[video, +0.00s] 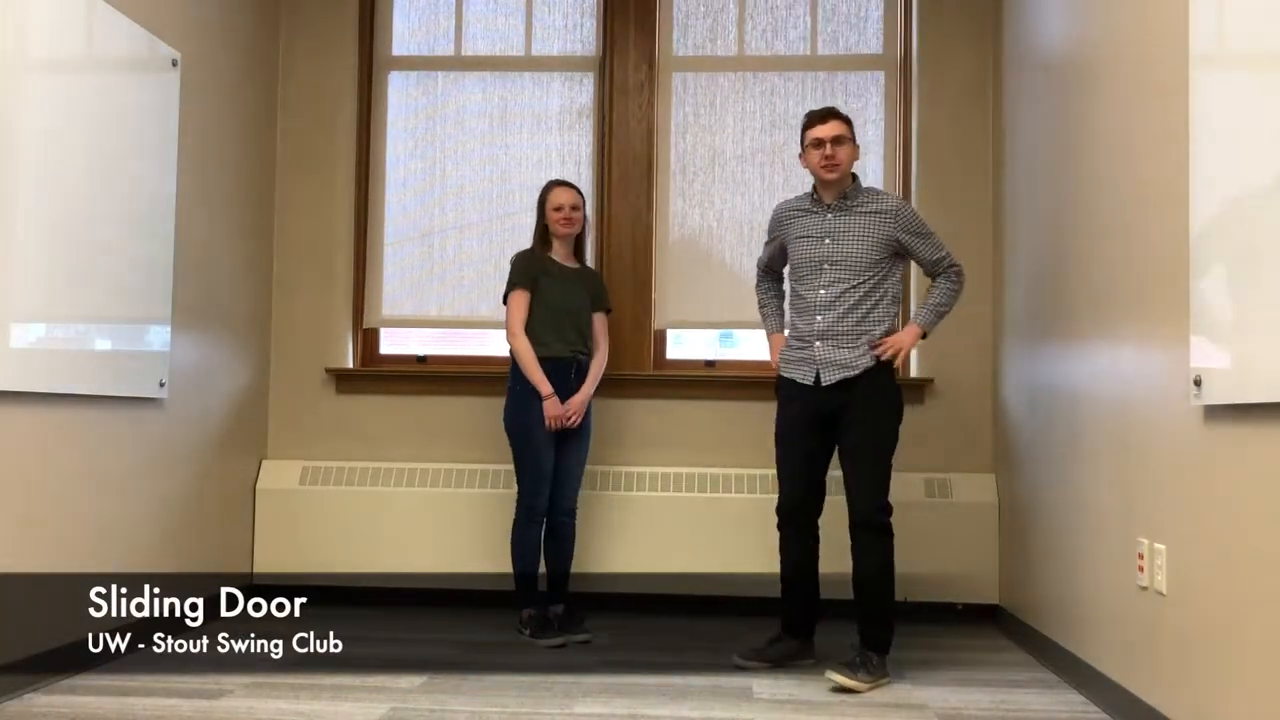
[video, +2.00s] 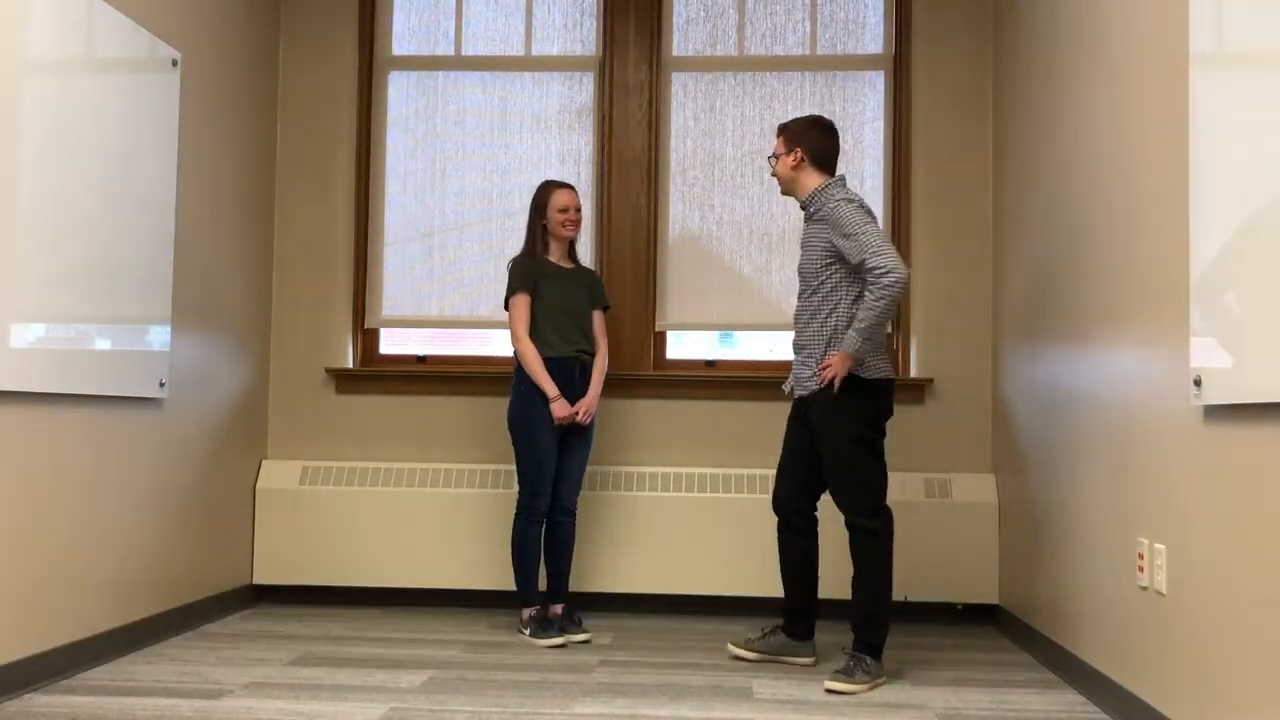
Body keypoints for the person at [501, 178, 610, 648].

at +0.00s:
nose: (567, 215)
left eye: (574, 208)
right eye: (558, 209)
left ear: (584, 216)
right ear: (543, 216)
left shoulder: (591, 278)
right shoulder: (527, 263)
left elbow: (601, 348)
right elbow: (515, 332)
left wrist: (584, 395)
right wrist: (547, 393)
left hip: (576, 391)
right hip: (532, 388)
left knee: (564, 504)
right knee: (535, 501)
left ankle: (559, 609)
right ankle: (530, 612)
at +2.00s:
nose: (572, 217)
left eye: (575, 210)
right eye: (563, 211)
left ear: (580, 216)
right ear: (542, 216)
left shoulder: (590, 278)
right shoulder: (526, 267)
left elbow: (601, 348)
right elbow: (520, 339)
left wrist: (593, 395)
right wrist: (553, 394)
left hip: (580, 395)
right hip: (536, 392)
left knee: (565, 504)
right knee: (536, 501)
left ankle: (558, 607)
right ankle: (530, 609)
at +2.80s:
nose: (577, 216)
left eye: (579, 209)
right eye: (568, 209)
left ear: (576, 217)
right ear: (542, 214)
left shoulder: (583, 277)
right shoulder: (527, 269)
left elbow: (588, 342)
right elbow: (525, 335)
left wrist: (619, 344)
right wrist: (593, 345)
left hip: (578, 396)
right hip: (539, 395)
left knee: (569, 504)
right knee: (540, 501)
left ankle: (558, 608)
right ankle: (531, 612)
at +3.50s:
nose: (601, 210)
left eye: (600, 204)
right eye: (592, 204)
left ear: (586, 214)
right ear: (566, 211)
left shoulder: (588, 269)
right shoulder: (557, 266)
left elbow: (607, 333)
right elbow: (561, 338)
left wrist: (639, 307)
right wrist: (624, 338)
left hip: (592, 395)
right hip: (564, 396)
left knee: (590, 504)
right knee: (590, 503)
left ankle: (569, 609)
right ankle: (548, 610)